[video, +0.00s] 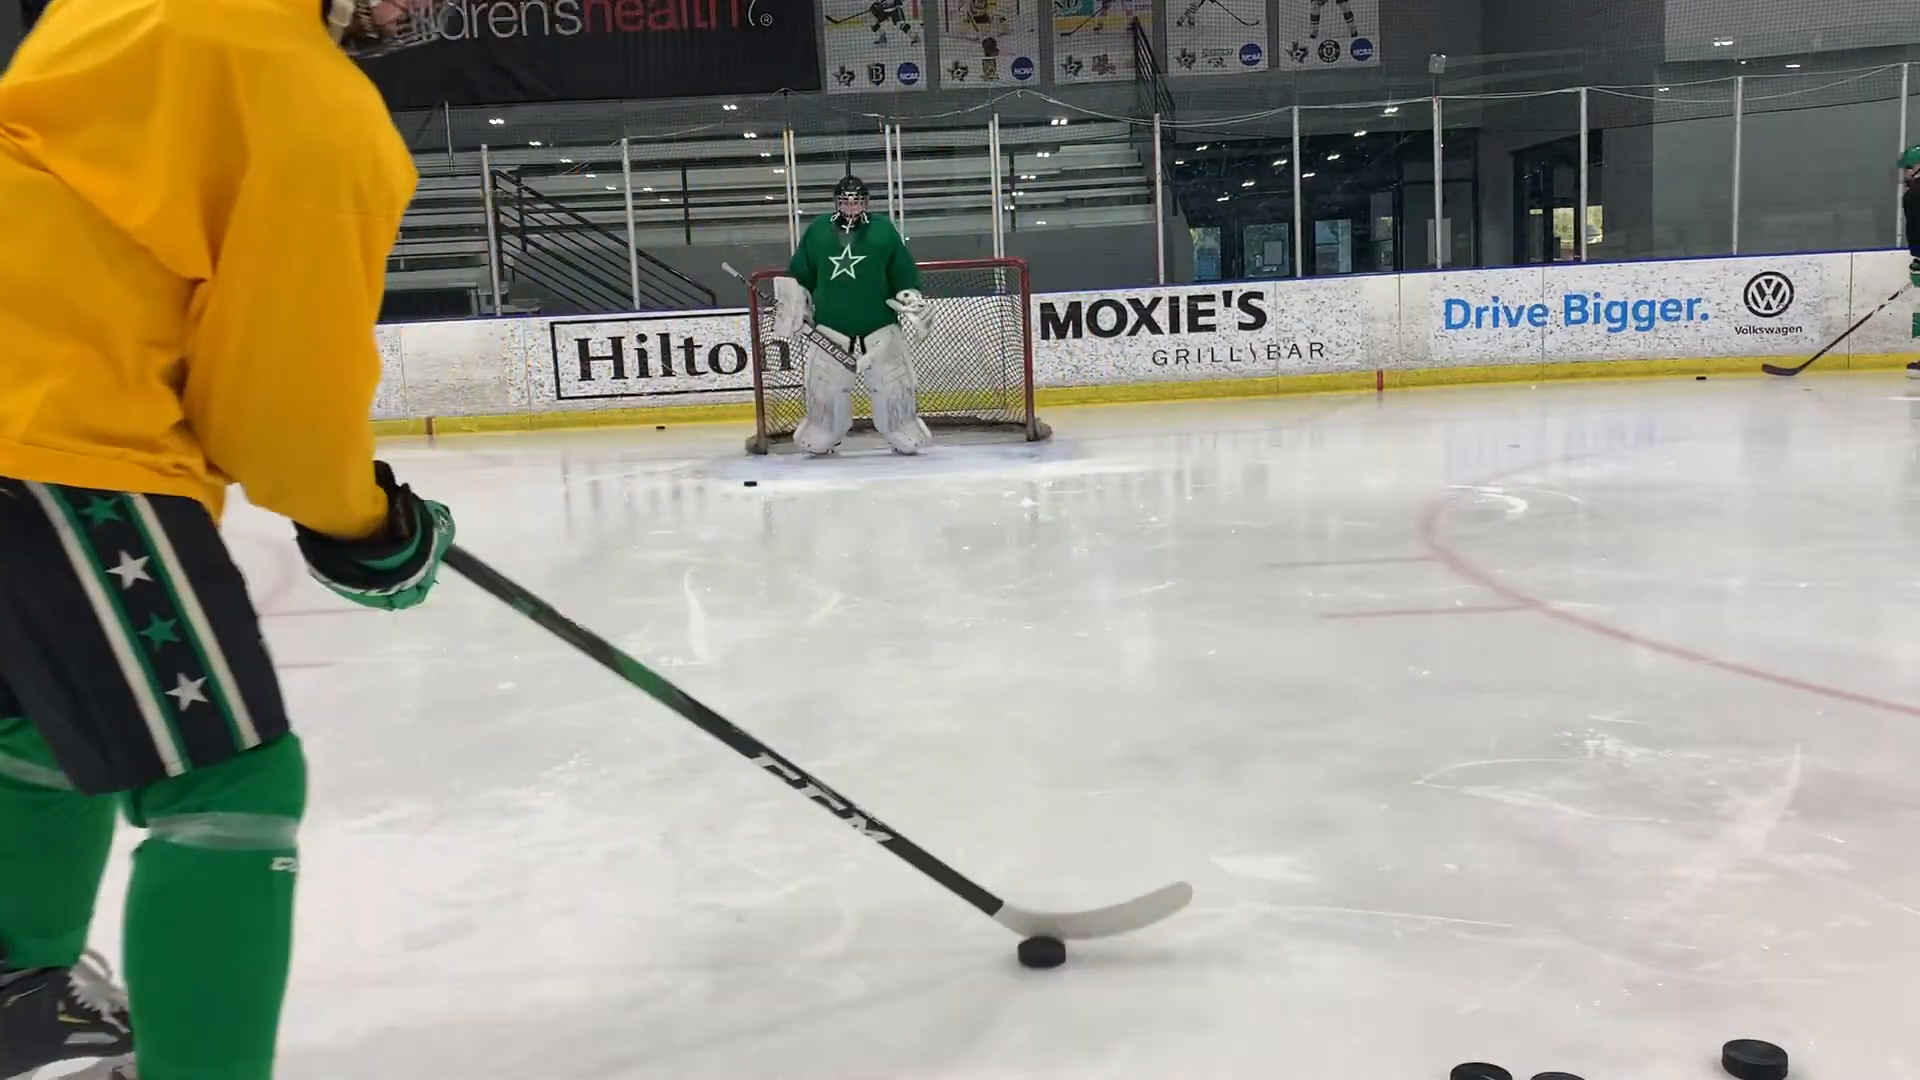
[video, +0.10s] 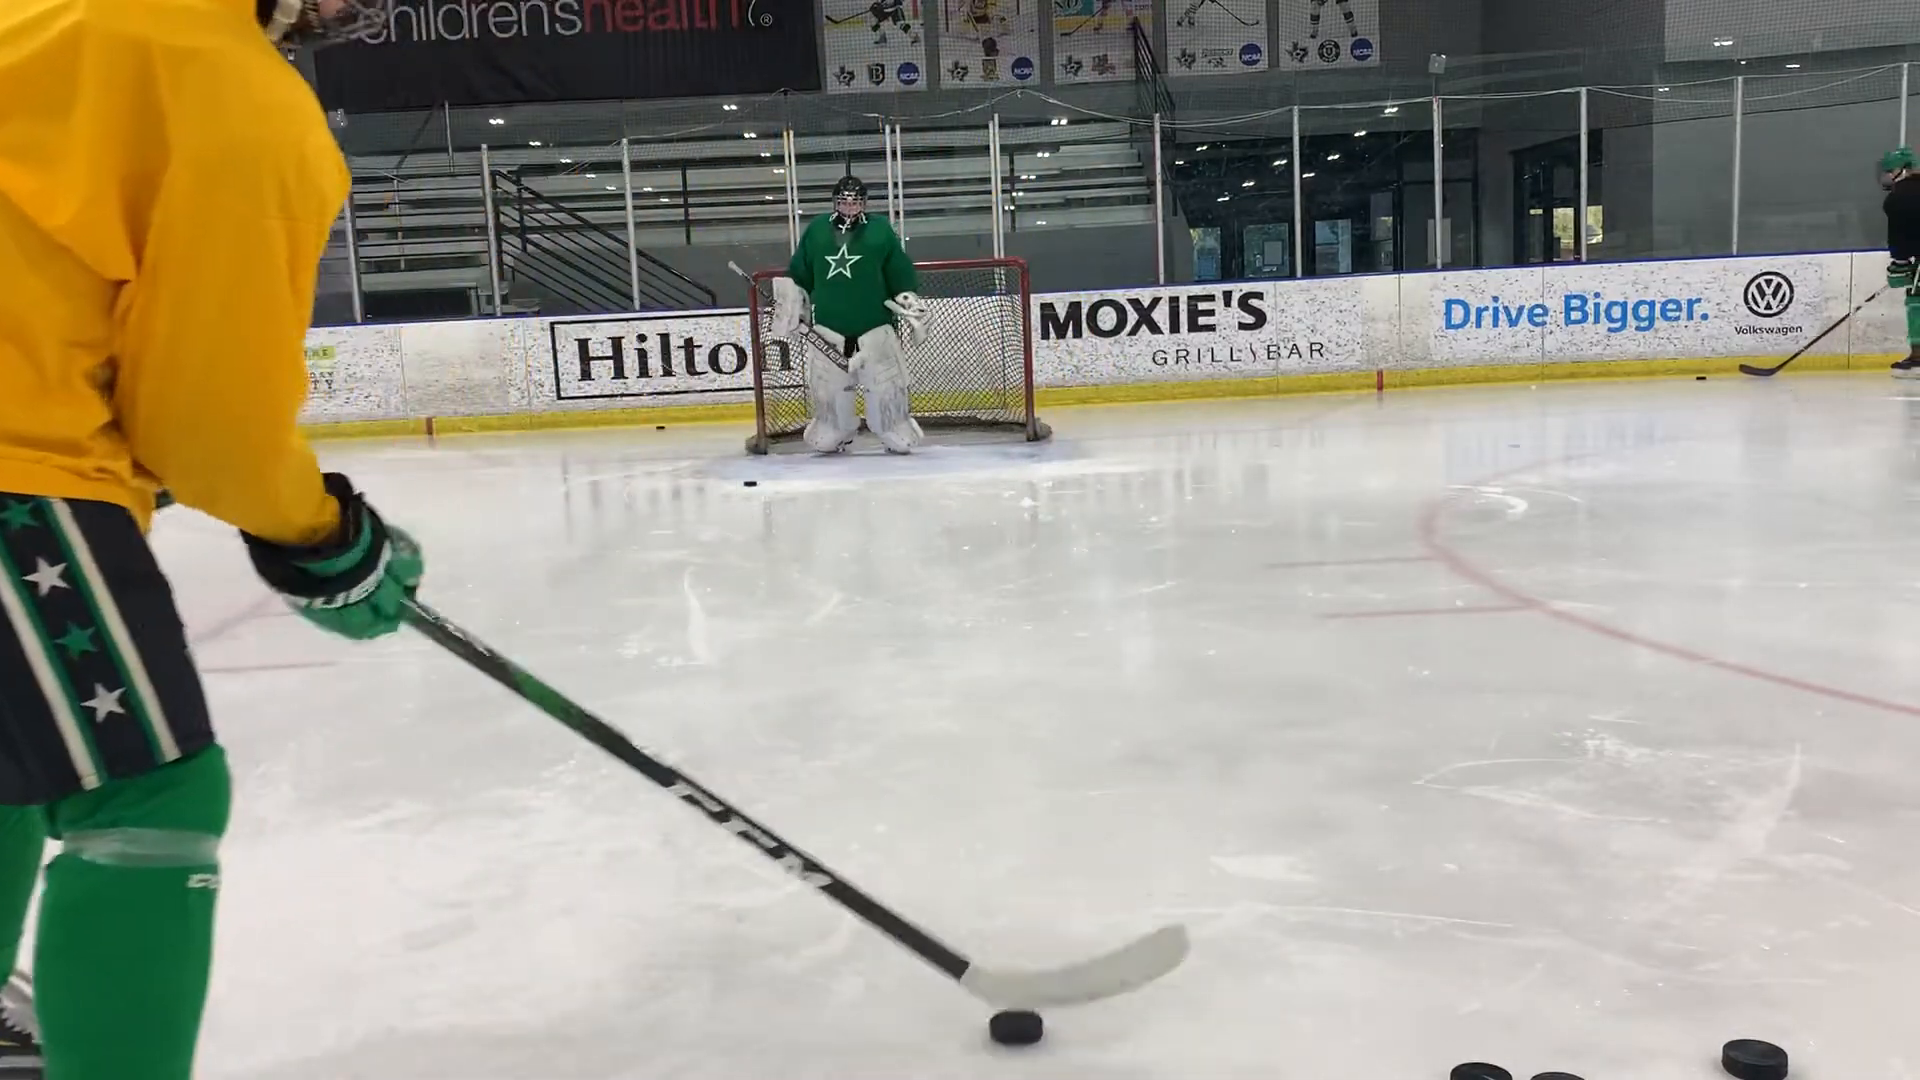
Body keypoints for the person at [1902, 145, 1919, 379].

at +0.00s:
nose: (1906, 173)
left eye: (1908, 168)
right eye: (1906, 168)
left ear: (1915, 169)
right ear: (1910, 169)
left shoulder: (1912, 194)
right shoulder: (1910, 194)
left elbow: (1913, 228)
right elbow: (1911, 228)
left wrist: (1916, 257)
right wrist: (1914, 257)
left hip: (1918, 258)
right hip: (1918, 259)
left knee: (1919, 312)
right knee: (1918, 311)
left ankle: (1919, 357)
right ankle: (1919, 357)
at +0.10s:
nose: (1884, 179)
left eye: (1886, 173)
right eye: (1884, 174)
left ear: (1897, 171)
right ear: (1906, 168)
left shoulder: (1899, 195)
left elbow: (1899, 231)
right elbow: (1899, 231)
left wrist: (1900, 261)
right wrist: (1901, 260)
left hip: (1915, 259)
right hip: (1914, 258)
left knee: (1914, 301)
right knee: (1914, 301)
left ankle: (1916, 352)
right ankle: (1915, 351)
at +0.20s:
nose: (1861, 184)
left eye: (1862, 178)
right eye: (1860, 179)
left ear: (1873, 176)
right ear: (1884, 173)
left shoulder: (1880, 200)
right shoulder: (1911, 181)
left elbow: (1883, 242)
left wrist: (1874, 269)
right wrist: (1877, 267)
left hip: (1914, 246)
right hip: (1915, 244)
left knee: (1900, 296)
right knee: (1911, 296)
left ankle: (1904, 353)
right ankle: (1911, 352)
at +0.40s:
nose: (1823, 188)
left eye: (1826, 183)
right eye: (1822, 183)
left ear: (1840, 179)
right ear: (1844, 178)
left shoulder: (1843, 205)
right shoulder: (1866, 186)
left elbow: (1843, 246)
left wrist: (1828, 271)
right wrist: (1854, 251)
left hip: (1890, 245)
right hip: (1904, 238)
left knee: (1866, 296)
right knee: (1878, 297)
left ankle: (1878, 353)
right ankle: (1884, 351)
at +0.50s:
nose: (1807, 187)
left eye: (1811, 182)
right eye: (1806, 182)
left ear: (1824, 180)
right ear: (1825, 179)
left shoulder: (1829, 207)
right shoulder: (1843, 188)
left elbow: (1828, 247)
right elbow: (1832, 239)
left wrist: (1810, 269)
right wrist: (1815, 265)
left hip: (1874, 246)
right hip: (1869, 243)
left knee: (1849, 297)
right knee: (1847, 296)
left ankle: (1861, 356)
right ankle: (1859, 354)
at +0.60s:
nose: (1793, 187)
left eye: (1797, 182)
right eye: (1791, 183)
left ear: (1811, 180)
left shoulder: (1823, 201)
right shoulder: (1812, 201)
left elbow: (1816, 246)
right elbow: (1814, 241)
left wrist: (1792, 270)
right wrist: (1795, 267)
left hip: (1858, 247)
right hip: (1837, 249)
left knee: (1833, 298)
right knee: (1820, 299)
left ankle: (1850, 355)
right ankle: (1827, 355)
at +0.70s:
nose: (1781, 188)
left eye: (1786, 182)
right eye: (1778, 183)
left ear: (1800, 182)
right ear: (1775, 183)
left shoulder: (1811, 203)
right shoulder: (1790, 198)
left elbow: (1803, 246)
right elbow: (1793, 222)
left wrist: (1776, 269)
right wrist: (1782, 238)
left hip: (1838, 248)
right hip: (1814, 249)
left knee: (1816, 299)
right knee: (1797, 298)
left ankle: (1836, 355)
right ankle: (1801, 354)